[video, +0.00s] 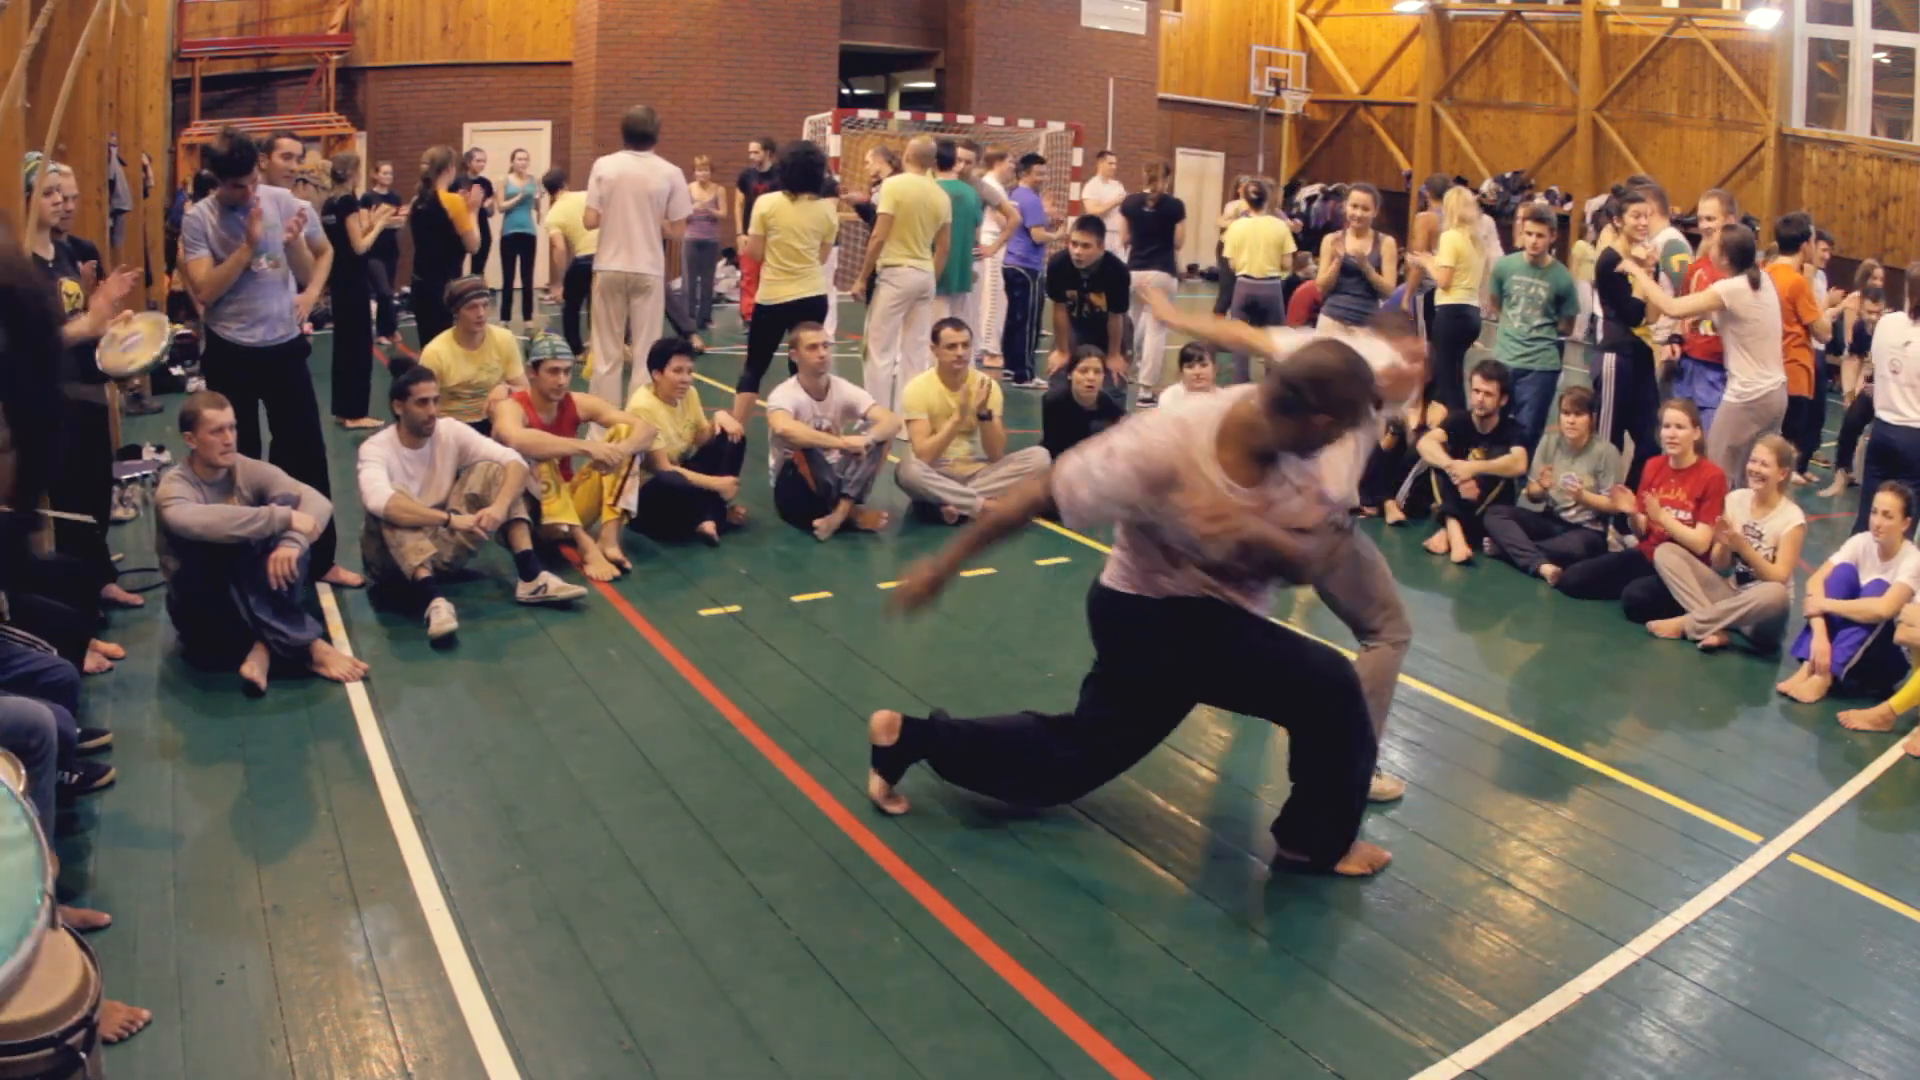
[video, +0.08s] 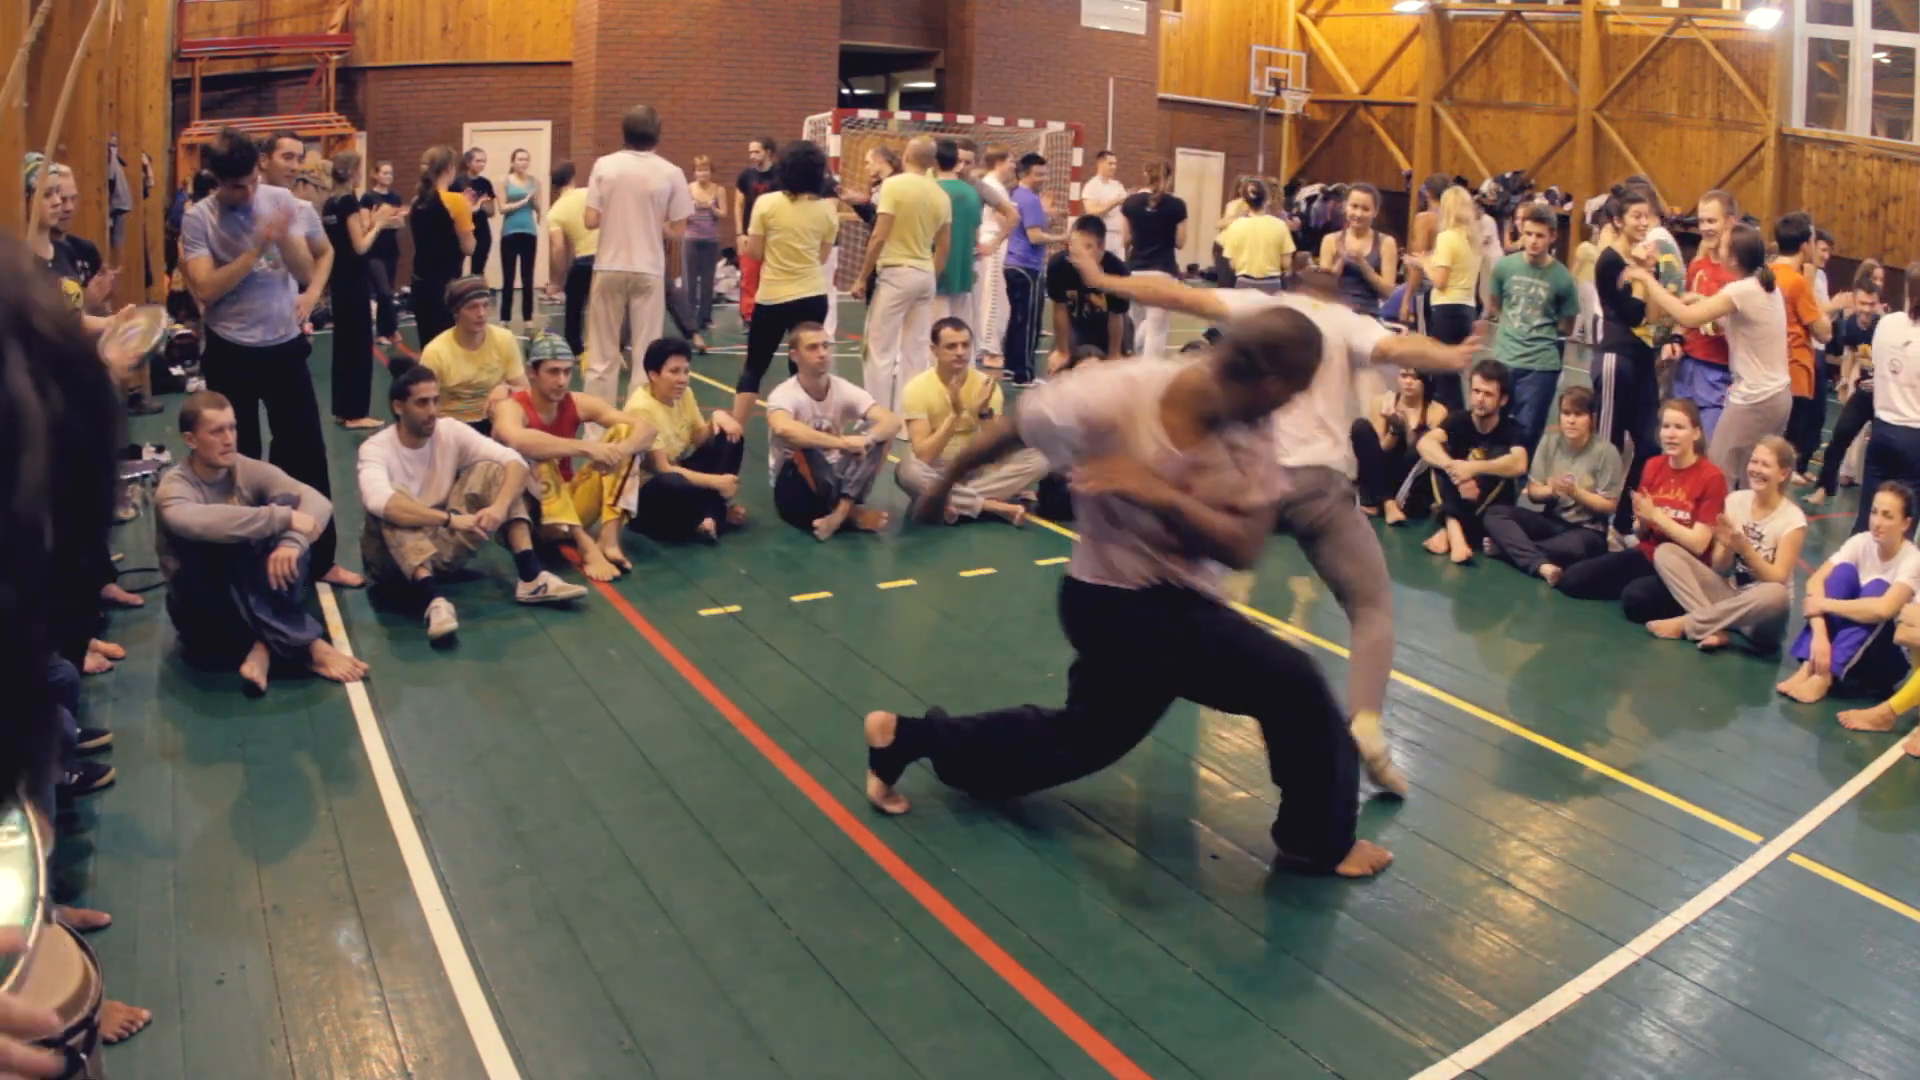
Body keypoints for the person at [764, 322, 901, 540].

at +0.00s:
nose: (822, 354)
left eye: (825, 347)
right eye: (812, 348)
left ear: (831, 349)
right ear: (794, 355)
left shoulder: (841, 388)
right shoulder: (784, 394)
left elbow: (892, 420)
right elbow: (783, 429)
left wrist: (867, 439)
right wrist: (841, 443)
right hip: (797, 497)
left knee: (879, 432)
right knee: (805, 451)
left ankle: (841, 511)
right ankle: (851, 511)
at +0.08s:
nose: (822, 354)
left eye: (825, 347)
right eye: (812, 348)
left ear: (831, 349)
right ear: (794, 355)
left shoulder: (841, 389)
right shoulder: (783, 394)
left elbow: (892, 420)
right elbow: (783, 429)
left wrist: (868, 439)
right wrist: (841, 443)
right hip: (797, 497)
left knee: (879, 432)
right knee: (805, 450)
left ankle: (841, 512)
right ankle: (851, 511)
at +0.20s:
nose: (822, 354)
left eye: (825, 347)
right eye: (812, 348)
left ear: (831, 349)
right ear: (794, 354)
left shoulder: (840, 388)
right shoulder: (783, 394)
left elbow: (879, 414)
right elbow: (783, 429)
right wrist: (842, 443)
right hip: (797, 496)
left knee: (877, 438)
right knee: (805, 455)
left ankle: (841, 512)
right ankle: (851, 512)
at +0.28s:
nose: (821, 353)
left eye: (825, 346)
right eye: (812, 348)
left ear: (832, 349)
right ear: (794, 354)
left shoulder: (841, 388)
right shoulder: (784, 393)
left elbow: (892, 420)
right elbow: (783, 429)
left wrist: (866, 439)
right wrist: (839, 443)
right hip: (797, 491)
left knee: (879, 434)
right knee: (793, 441)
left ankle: (840, 511)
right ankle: (851, 511)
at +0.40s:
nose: (822, 355)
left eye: (826, 347)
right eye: (813, 348)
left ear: (832, 350)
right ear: (794, 355)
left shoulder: (848, 392)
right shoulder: (783, 394)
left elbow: (878, 416)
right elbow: (782, 428)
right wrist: (840, 443)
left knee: (867, 447)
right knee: (807, 455)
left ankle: (838, 516)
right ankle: (848, 512)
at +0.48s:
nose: (822, 355)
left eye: (825, 347)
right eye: (812, 348)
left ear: (832, 348)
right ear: (794, 354)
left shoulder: (839, 388)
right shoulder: (783, 393)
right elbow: (781, 426)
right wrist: (821, 445)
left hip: (834, 459)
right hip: (795, 461)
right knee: (791, 499)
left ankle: (831, 519)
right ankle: (816, 522)